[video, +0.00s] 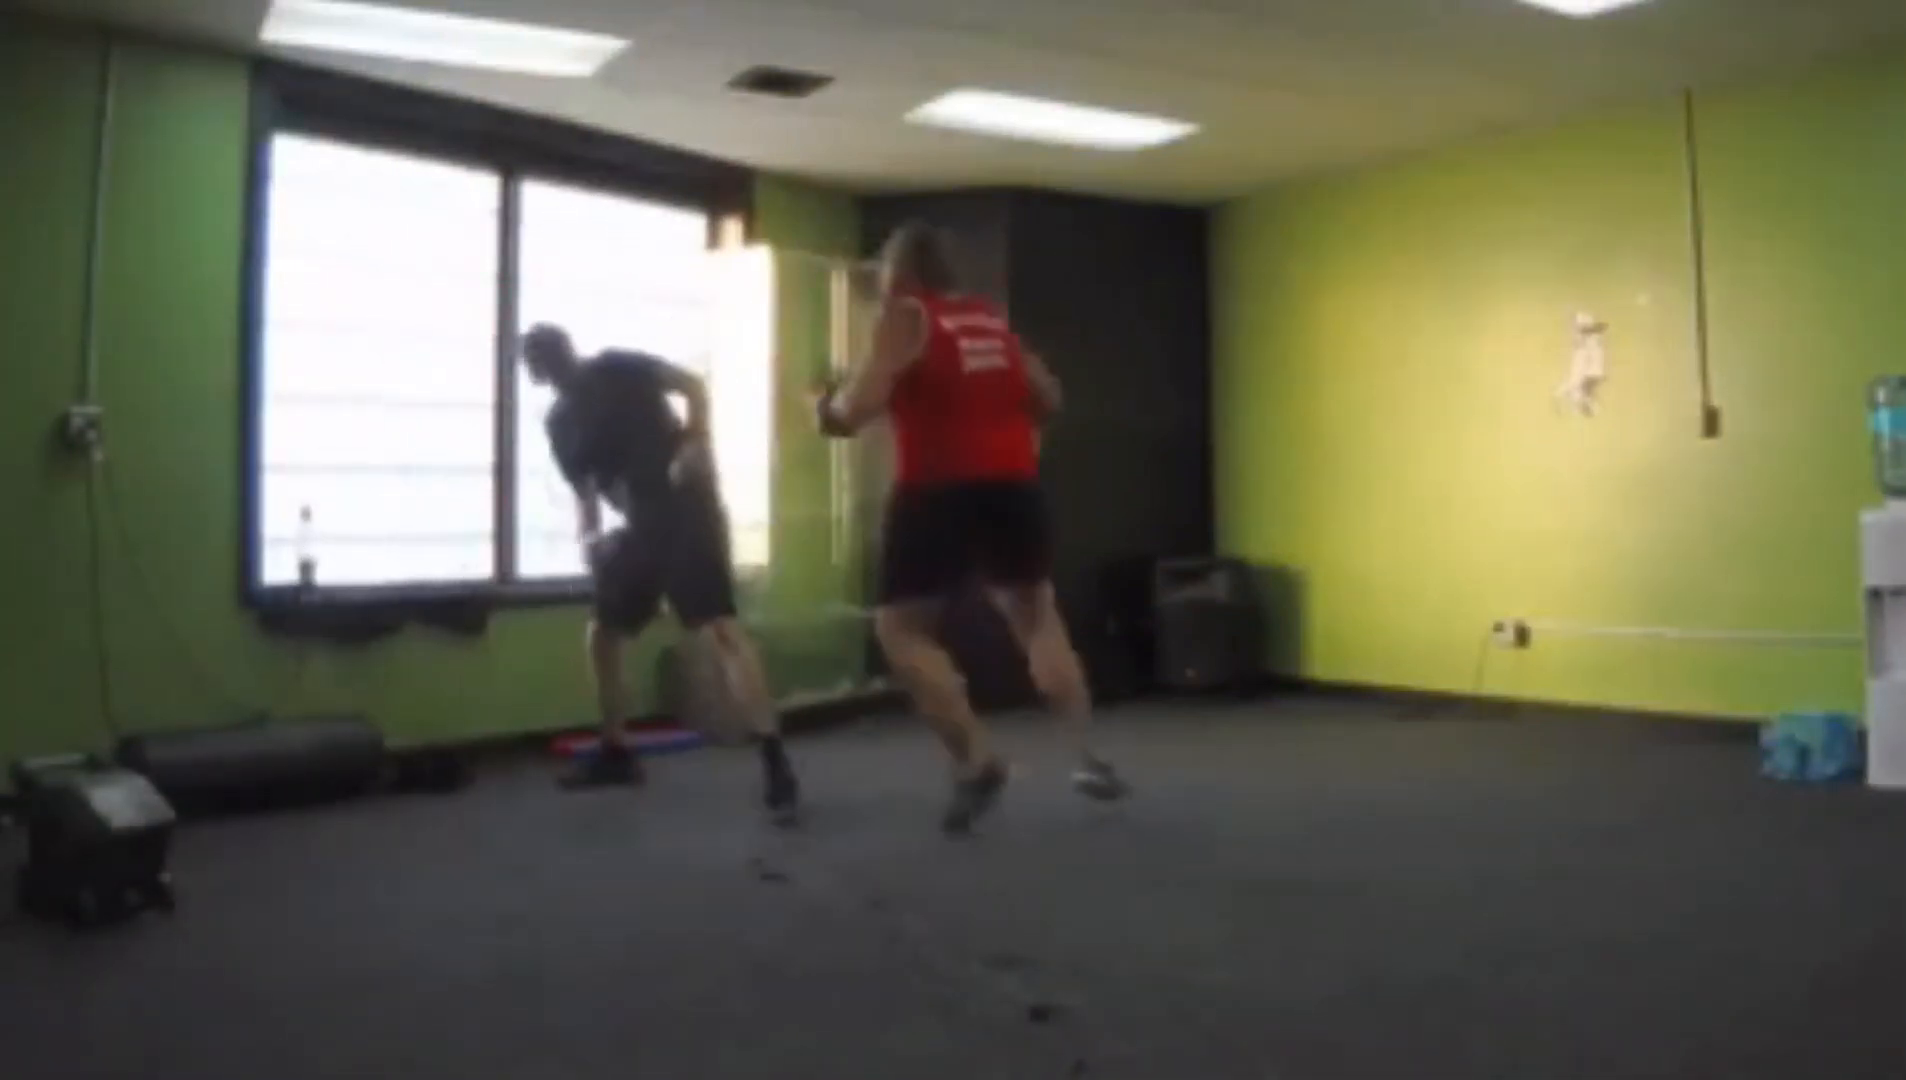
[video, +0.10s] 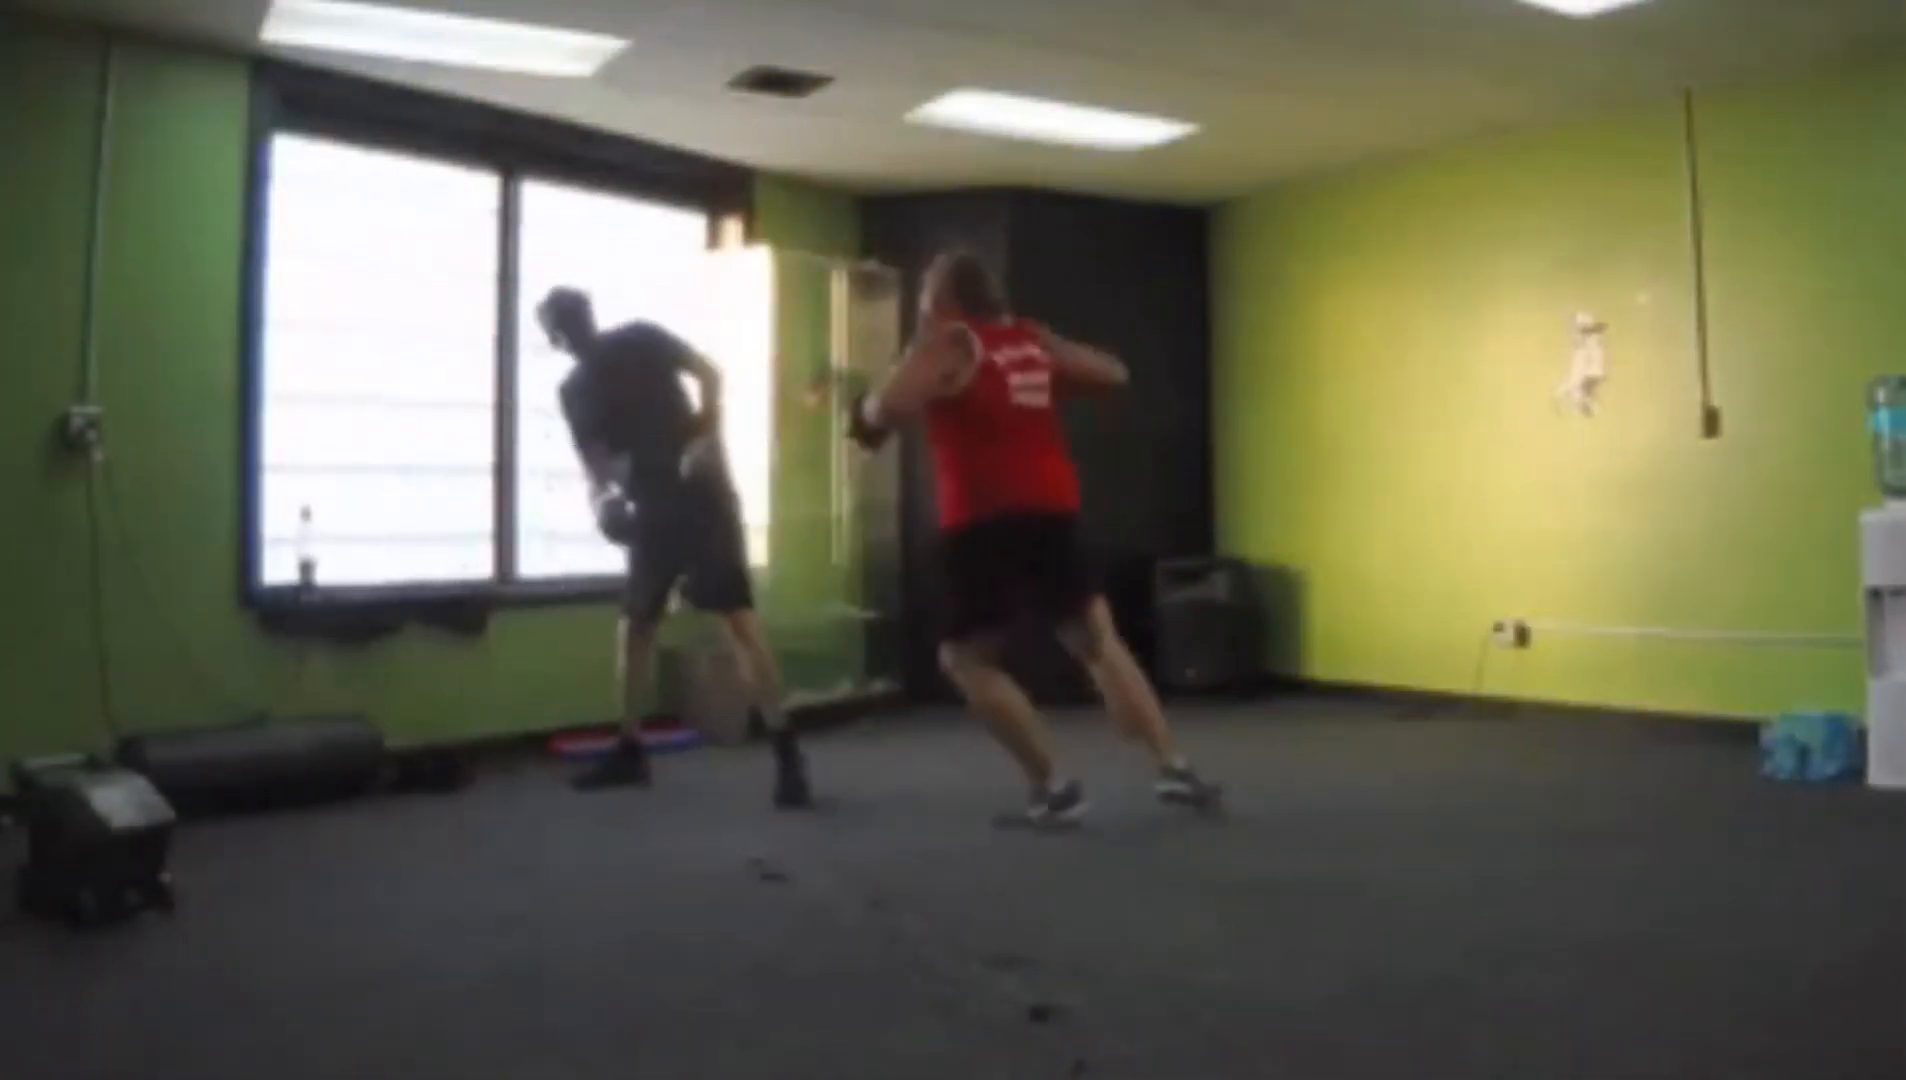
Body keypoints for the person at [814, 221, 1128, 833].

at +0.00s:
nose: (881, 283)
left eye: (884, 273)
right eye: (881, 273)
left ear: (900, 273)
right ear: (945, 270)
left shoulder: (905, 315)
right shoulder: (990, 316)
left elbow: (870, 397)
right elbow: (1047, 394)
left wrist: (835, 413)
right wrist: (1015, 428)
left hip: (936, 493)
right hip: (1012, 488)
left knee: (901, 627)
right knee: (1038, 617)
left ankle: (976, 761)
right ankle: (1087, 753)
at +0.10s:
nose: (922, 307)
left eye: (926, 295)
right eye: (924, 295)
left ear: (945, 299)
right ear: (987, 295)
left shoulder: (950, 343)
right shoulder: (1029, 338)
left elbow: (883, 409)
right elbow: (1110, 371)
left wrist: (869, 424)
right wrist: (1049, 355)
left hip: (983, 524)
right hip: (1056, 516)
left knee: (965, 657)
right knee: (1099, 641)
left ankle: (1053, 784)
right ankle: (1171, 766)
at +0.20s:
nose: (960, 346)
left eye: (966, 335)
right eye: (962, 334)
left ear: (986, 341)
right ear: (1025, 338)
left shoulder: (979, 390)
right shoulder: (1065, 375)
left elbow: (939, 444)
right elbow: (1151, 374)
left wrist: (917, 439)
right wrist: (1077, 370)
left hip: (1019, 564)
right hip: (1095, 556)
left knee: (953, 655)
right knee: (1139, 665)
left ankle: (1034, 768)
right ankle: (1197, 790)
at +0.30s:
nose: (974, 357)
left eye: (980, 346)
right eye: (976, 346)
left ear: (999, 351)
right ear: (1039, 349)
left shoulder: (992, 404)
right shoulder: (1080, 394)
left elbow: (991, 485)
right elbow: (1161, 432)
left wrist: (940, 509)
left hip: (1016, 572)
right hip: (1096, 568)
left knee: (930, 635)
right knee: (1144, 660)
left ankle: (987, 758)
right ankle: (1197, 786)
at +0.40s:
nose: (965, 348)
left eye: (970, 337)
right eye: (967, 337)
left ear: (987, 343)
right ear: (1031, 343)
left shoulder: (970, 393)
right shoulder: (1067, 392)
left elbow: (923, 457)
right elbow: (1121, 466)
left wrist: (901, 449)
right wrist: (1116, 520)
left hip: (994, 568)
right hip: (1074, 566)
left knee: (912, 631)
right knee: (1127, 665)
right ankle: (1194, 784)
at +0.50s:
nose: (936, 343)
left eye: (942, 334)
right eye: (940, 333)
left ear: (955, 340)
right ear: (998, 342)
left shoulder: (928, 382)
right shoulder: (1028, 385)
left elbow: (838, 398)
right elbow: (1078, 448)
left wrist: (818, 366)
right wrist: (1051, 485)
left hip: (954, 560)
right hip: (1039, 557)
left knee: (884, 644)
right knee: (1103, 653)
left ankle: (866, 777)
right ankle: (1180, 760)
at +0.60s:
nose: (905, 338)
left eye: (909, 331)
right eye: (910, 332)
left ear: (919, 339)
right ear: (969, 340)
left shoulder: (896, 374)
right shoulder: (998, 381)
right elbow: (1062, 438)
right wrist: (1033, 467)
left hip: (931, 554)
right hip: (1014, 552)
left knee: (874, 647)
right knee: (1065, 636)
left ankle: (863, 773)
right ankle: (1123, 750)